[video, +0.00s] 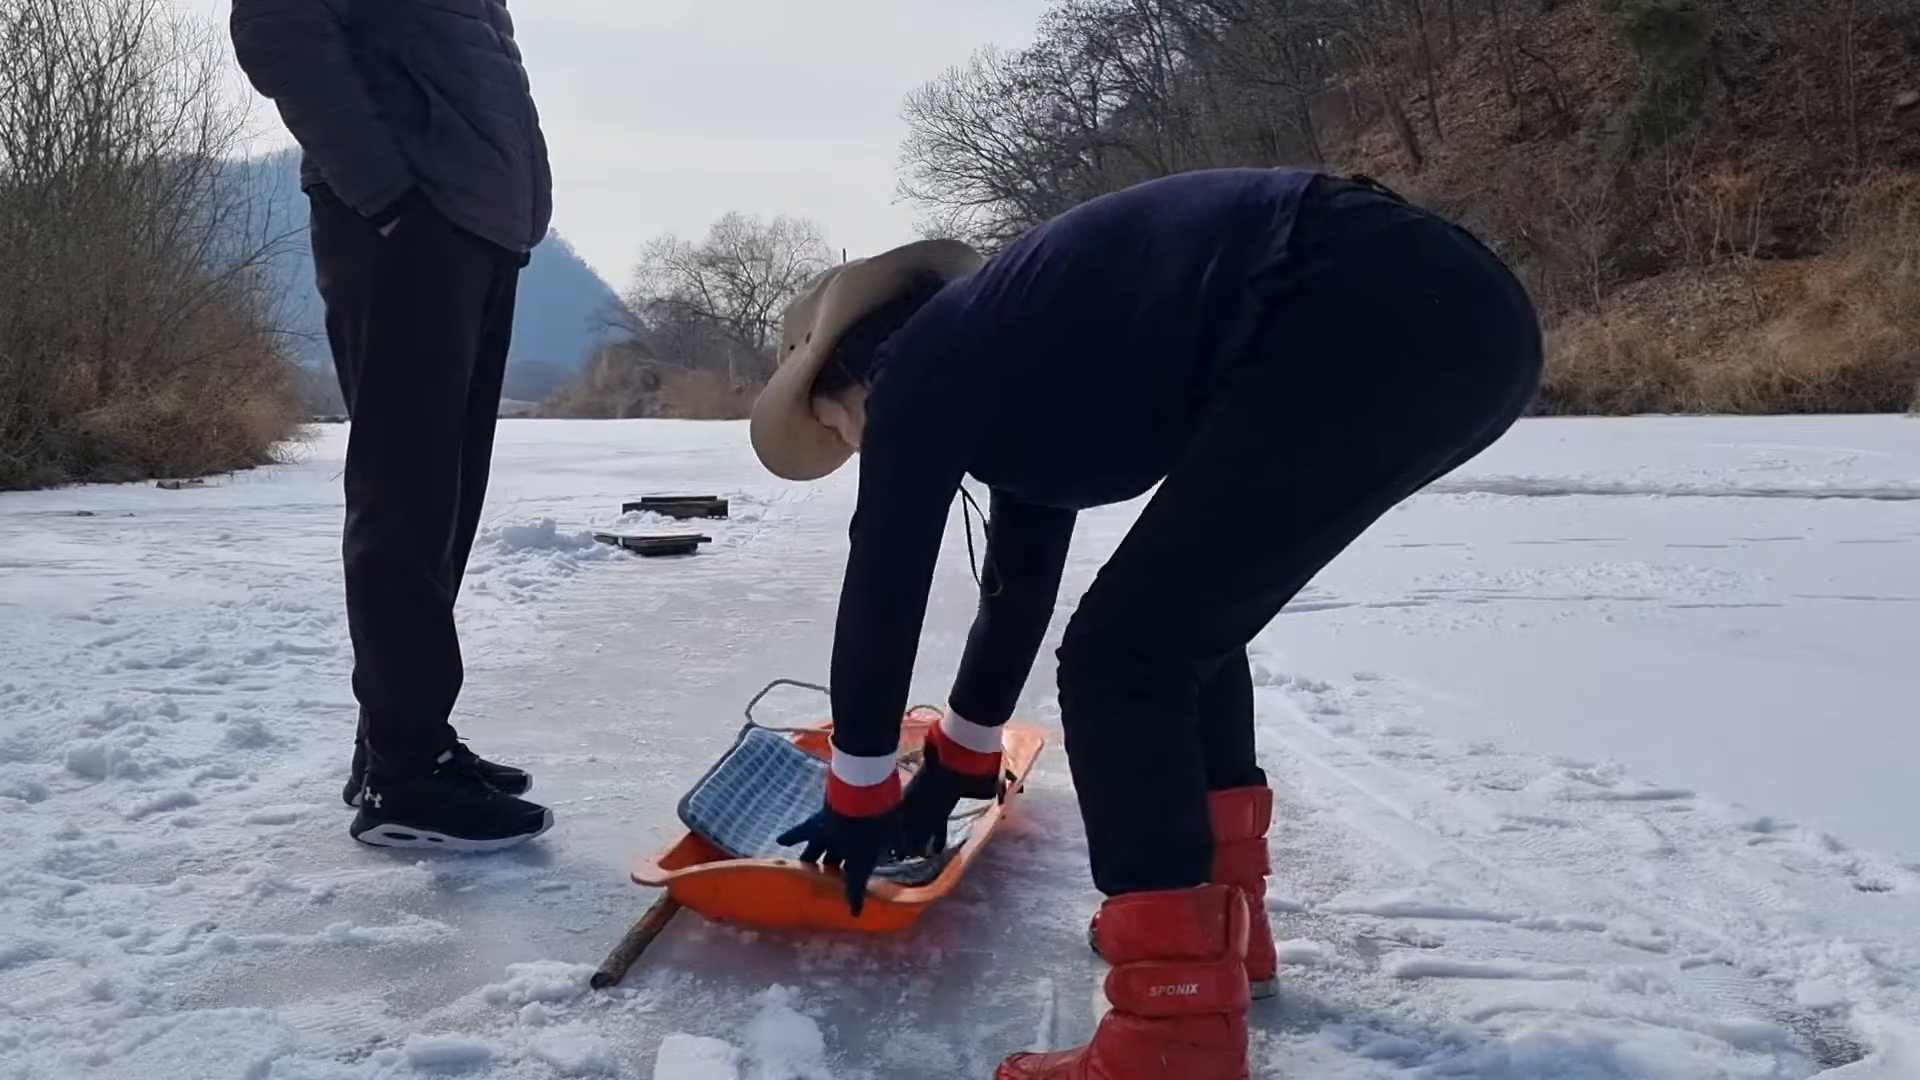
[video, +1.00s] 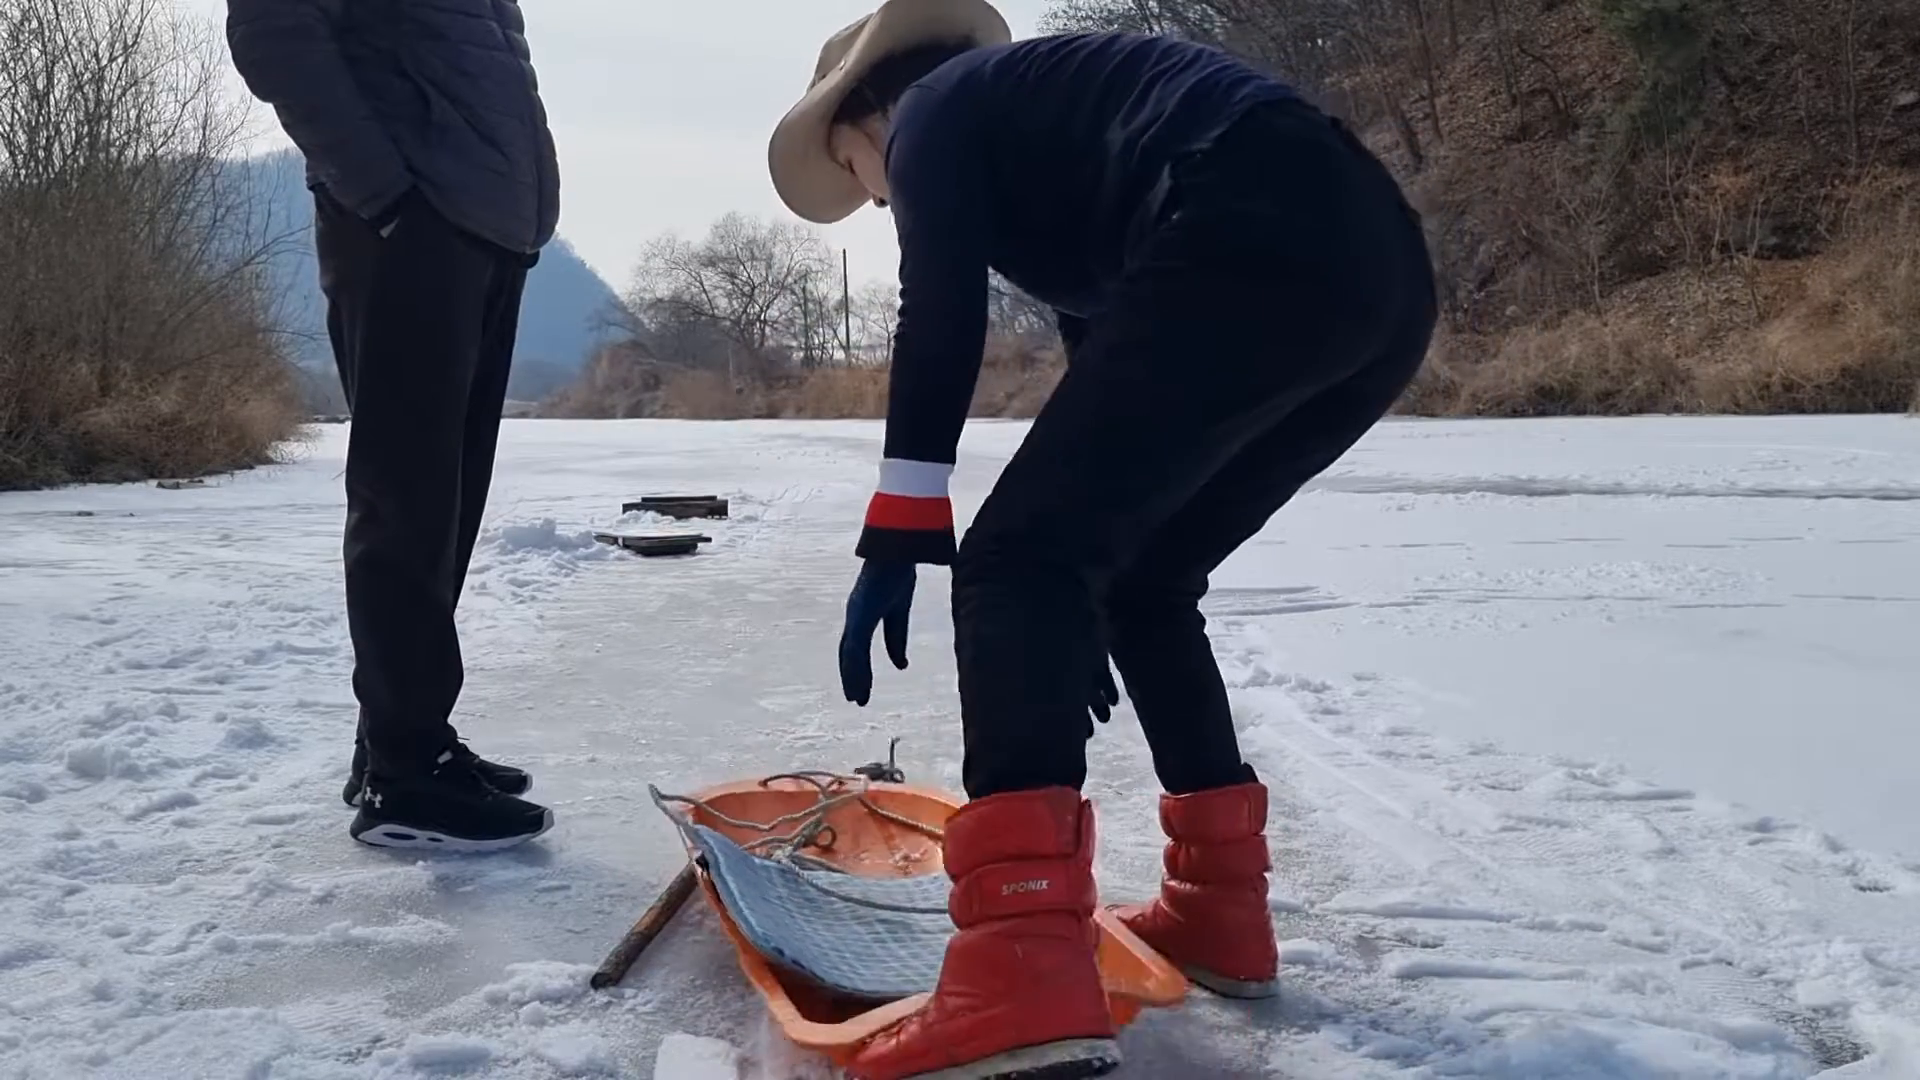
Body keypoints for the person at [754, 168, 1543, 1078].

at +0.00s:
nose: (856, 452)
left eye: (840, 428)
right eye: (838, 437)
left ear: (855, 378)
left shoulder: (917, 383)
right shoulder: (1046, 405)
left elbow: (876, 614)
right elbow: (1016, 598)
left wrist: (858, 800)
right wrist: (954, 763)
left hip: (1370, 329)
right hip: (1459, 325)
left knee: (1112, 654)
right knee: (1192, 631)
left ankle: (1172, 1030)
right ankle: (1228, 922)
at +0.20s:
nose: (858, 369)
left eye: (843, 339)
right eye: (839, 348)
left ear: (865, 298)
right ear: (924, 261)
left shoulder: (926, 325)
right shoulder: (1051, 318)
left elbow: (916, 572)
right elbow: (1112, 514)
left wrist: (919, 791)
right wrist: (1018, 665)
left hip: (1371, 307)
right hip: (1450, 304)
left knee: (1131, 645)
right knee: (1197, 618)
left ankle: (1171, 1029)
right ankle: (1232, 924)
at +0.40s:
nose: (862, 322)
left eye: (847, 291)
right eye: (844, 303)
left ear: (875, 247)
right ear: (937, 203)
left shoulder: (936, 275)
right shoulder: (1061, 232)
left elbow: (960, 531)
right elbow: (1102, 412)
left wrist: (961, 764)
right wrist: (1003, 506)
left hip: (1356, 299)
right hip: (1449, 292)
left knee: (1147, 637)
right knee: (1212, 621)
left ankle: (1173, 1033)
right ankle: (1227, 920)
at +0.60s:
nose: (879, 254)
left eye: (866, 231)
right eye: (864, 242)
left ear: (876, 181)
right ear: (946, 133)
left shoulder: (941, 196)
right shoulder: (1048, 178)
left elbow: (970, 426)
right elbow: (1055, 381)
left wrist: (974, 655)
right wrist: (963, 459)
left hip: (1330, 275)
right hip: (1438, 278)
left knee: (1144, 634)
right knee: (1209, 616)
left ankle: (1174, 1027)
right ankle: (1234, 926)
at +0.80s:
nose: (877, 187)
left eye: (860, 159)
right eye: (859, 172)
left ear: (876, 108)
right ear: (951, 72)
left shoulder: (936, 126)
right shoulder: (1070, 151)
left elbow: (965, 331)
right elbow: (1102, 381)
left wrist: (947, 552)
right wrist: (1037, 542)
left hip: (1290, 259)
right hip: (1403, 269)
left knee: (1117, 615)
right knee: (1170, 597)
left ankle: (1166, 1014)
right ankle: (1230, 916)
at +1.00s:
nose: (873, 190)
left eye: (858, 160)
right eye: (855, 176)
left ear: (876, 105)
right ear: (950, 76)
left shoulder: (934, 117)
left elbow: (939, 322)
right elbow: (1105, 354)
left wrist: (894, 541)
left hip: (1246, 247)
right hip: (1386, 282)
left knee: (1019, 557)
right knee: (1150, 578)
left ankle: (1022, 950)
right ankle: (1221, 904)